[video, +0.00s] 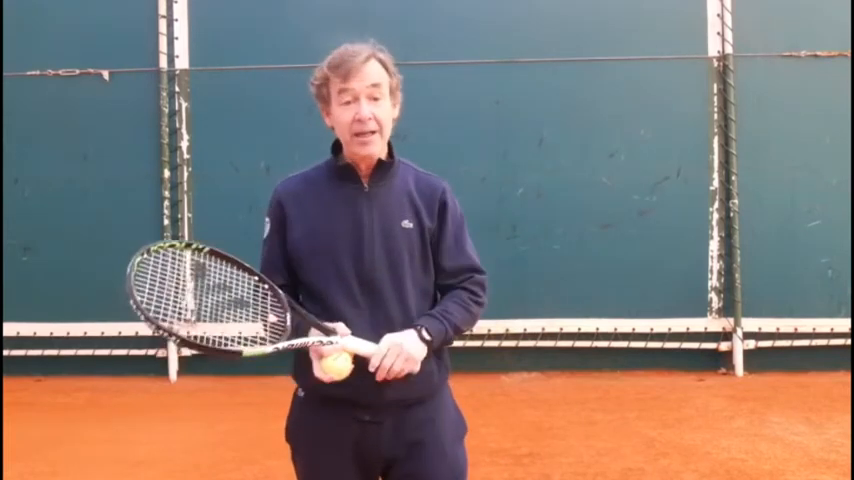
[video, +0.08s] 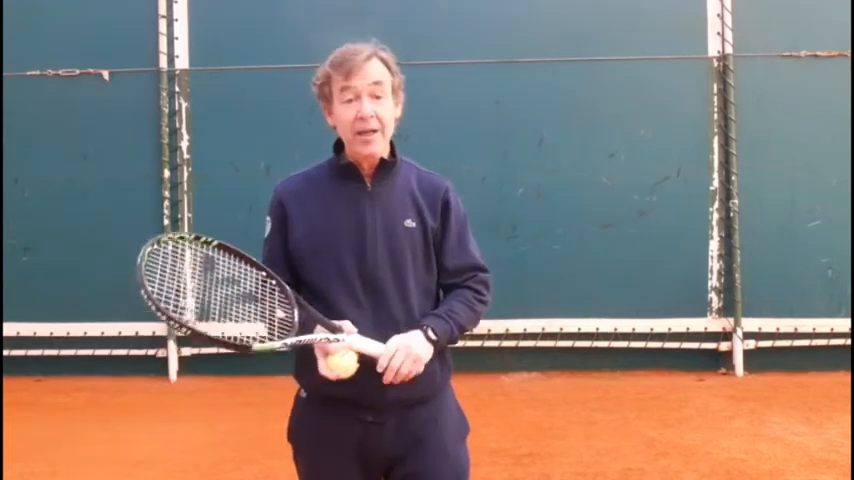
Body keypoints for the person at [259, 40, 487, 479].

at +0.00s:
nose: (364, 112)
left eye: (374, 98)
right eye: (348, 101)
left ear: (394, 106)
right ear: (328, 113)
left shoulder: (432, 196)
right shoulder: (292, 200)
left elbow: (469, 287)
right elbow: (274, 298)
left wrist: (422, 336)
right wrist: (313, 337)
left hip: (423, 417)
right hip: (328, 419)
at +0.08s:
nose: (365, 111)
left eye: (376, 96)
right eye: (350, 99)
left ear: (397, 105)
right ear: (330, 112)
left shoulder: (435, 195)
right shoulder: (292, 199)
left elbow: (472, 286)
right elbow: (276, 299)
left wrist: (427, 336)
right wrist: (316, 338)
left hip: (425, 418)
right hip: (329, 421)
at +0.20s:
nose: (371, 106)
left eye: (382, 92)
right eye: (356, 95)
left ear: (402, 103)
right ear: (336, 110)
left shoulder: (439, 194)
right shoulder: (297, 198)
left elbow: (479, 285)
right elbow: (278, 298)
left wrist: (436, 338)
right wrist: (322, 338)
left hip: (430, 419)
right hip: (334, 421)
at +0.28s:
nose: (376, 104)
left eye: (387, 90)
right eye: (361, 93)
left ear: (408, 102)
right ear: (341, 110)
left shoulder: (444, 195)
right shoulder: (301, 198)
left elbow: (483, 286)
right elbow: (280, 295)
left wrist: (442, 332)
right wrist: (328, 329)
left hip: (435, 421)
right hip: (339, 423)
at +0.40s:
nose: (384, 102)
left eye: (396, 88)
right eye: (368, 91)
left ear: (416, 102)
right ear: (348, 109)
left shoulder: (451, 196)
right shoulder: (308, 199)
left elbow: (488, 286)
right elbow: (285, 307)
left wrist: (450, 329)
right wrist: (333, 322)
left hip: (444, 423)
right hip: (347, 426)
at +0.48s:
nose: (389, 101)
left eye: (402, 87)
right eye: (374, 90)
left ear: (423, 103)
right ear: (354, 109)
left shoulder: (456, 197)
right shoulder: (315, 198)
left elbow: (492, 288)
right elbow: (290, 307)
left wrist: (459, 337)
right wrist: (340, 327)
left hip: (449, 424)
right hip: (351, 427)